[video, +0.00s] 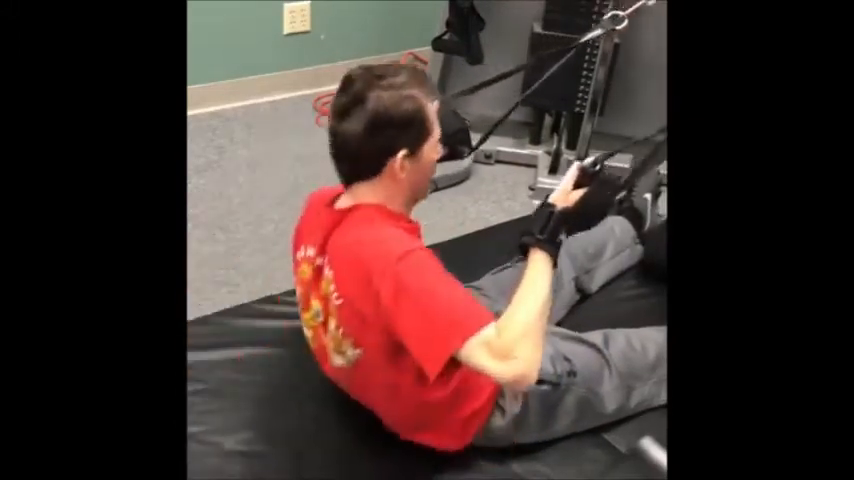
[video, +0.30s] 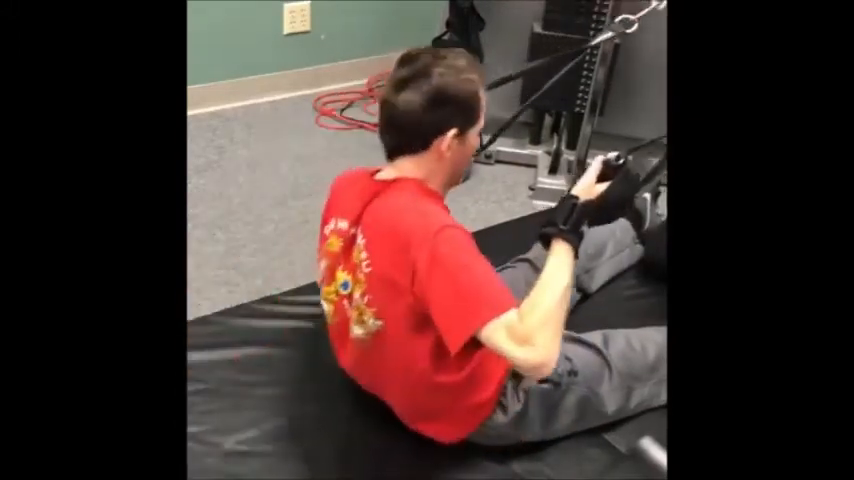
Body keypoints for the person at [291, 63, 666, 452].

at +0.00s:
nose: (442, 152)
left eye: (439, 138)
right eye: (435, 142)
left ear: (346, 151)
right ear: (400, 164)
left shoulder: (321, 208)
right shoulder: (394, 260)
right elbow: (515, 362)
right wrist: (546, 237)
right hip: (479, 397)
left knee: (563, 257)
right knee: (657, 354)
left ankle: (635, 218)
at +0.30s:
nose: (480, 143)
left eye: (480, 131)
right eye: (477, 132)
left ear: (393, 130)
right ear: (446, 144)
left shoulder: (348, 187)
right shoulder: (432, 234)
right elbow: (536, 353)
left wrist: (569, 207)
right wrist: (567, 228)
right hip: (486, 400)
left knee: (559, 260)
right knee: (664, 350)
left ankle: (638, 224)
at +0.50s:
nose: (493, 146)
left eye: (496, 132)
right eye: (494, 133)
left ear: (407, 122)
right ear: (467, 139)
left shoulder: (355, 182)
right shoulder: (448, 231)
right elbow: (547, 355)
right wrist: (580, 229)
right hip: (485, 402)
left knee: (577, 246)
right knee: (665, 350)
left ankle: (643, 227)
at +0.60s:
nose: (495, 146)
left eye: (499, 133)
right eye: (497, 133)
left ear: (410, 123)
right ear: (473, 140)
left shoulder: (357, 181)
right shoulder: (453, 233)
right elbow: (552, 357)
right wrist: (587, 234)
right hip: (482, 403)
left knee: (570, 252)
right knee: (664, 349)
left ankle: (641, 230)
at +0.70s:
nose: (499, 145)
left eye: (502, 132)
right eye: (500, 132)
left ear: (413, 126)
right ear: (474, 141)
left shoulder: (357, 182)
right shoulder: (455, 235)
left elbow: (409, 158)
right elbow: (556, 361)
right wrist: (593, 229)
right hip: (482, 404)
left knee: (572, 254)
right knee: (665, 349)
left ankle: (643, 229)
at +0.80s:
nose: (502, 146)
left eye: (505, 133)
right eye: (503, 134)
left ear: (417, 128)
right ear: (478, 143)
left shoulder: (358, 182)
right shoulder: (459, 237)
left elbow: (412, 157)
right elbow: (559, 363)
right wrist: (594, 239)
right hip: (481, 405)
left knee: (566, 256)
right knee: (664, 350)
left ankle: (639, 232)